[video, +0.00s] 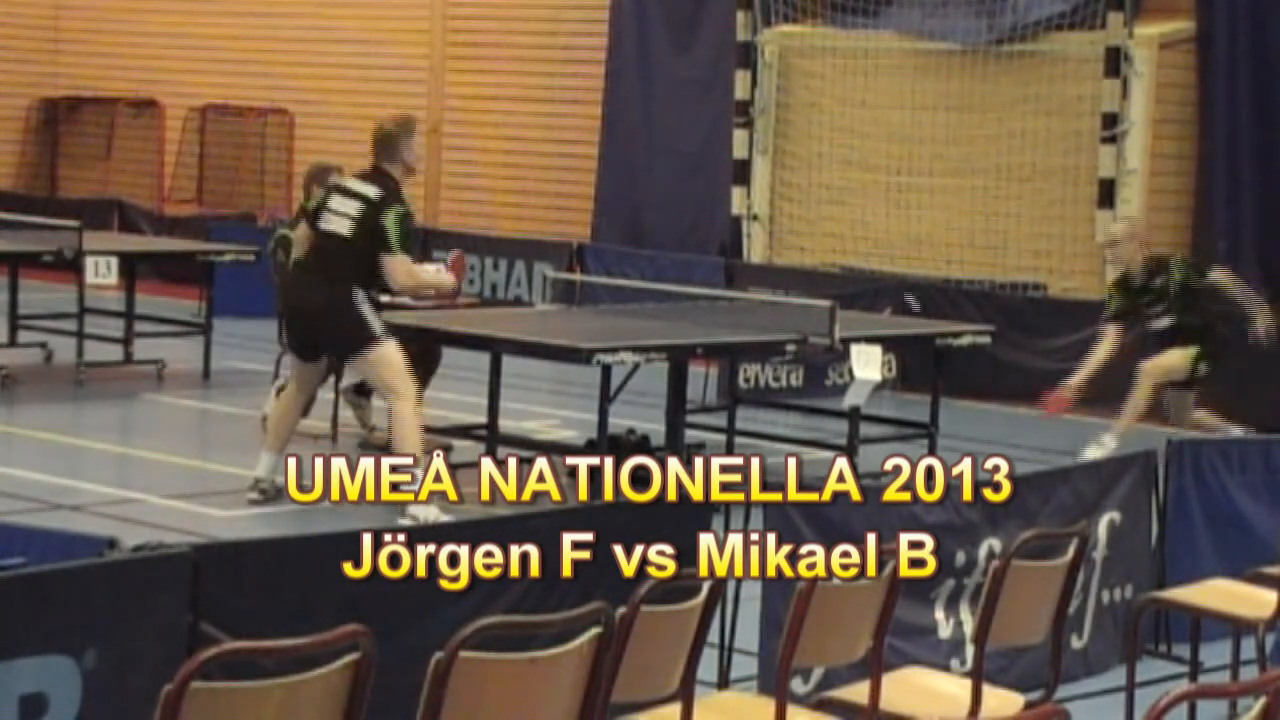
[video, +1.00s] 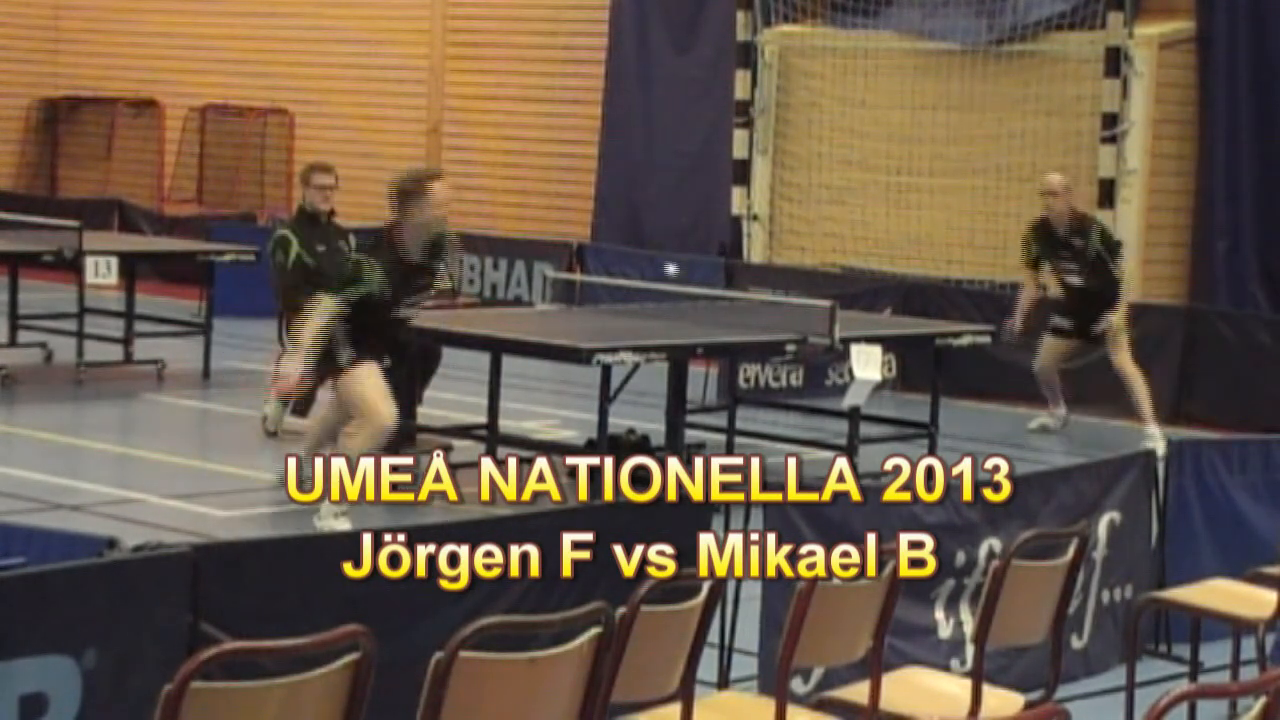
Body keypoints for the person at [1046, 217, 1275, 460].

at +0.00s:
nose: (1110, 253)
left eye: (1117, 244)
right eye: (1107, 247)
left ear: (1140, 244)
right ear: (1107, 251)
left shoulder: (1174, 269)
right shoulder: (1121, 289)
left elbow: (1223, 279)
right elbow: (1107, 343)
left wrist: (1258, 314)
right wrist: (1070, 388)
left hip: (1206, 343)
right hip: (1170, 348)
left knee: (1150, 369)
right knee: (1181, 415)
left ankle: (1111, 440)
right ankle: (1245, 436)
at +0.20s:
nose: (1065, 296)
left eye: (1070, 288)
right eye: (1062, 290)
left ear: (1092, 287)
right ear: (1065, 292)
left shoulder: (1126, 304)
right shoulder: (1075, 327)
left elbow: (1181, 323)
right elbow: (1035, 364)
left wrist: (1198, 367)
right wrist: (985, 382)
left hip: (1174, 357)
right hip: (1142, 367)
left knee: (1127, 365)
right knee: (1173, 426)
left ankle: (1107, 440)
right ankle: (1227, 430)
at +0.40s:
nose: (1074, 292)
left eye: (1080, 285)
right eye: (1070, 285)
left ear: (1098, 284)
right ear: (1065, 286)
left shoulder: (1122, 300)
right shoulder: (1067, 314)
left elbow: (1164, 321)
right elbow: (1060, 359)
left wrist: (1181, 363)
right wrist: (1043, 402)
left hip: (1151, 342)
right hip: (1119, 352)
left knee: (1116, 361)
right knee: (1135, 420)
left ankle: (1105, 439)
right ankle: (1198, 416)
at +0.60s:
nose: (1088, 238)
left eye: (1095, 231)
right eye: (1084, 230)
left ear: (1110, 233)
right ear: (1079, 232)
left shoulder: (1130, 259)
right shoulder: (1071, 263)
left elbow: (1168, 288)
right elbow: (1077, 307)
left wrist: (1189, 327)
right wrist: (1082, 343)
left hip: (1141, 321)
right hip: (1108, 328)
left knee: (1112, 361)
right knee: (1127, 404)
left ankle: (1104, 438)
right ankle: (1189, 417)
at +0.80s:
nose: (1088, 211)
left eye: (1095, 205)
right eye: (1085, 204)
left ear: (1110, 208)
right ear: (1079, 206)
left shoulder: (1125, 240)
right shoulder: (1067, 236)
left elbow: (1160, 282)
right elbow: (1058, 280)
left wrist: (1174, 334)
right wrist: (1055, 326)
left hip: (1130, 306)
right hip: (1095, 309)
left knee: (1115, 359)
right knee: (1091, 376)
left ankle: (1150, 425)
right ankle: (1155, 402)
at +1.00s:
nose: (1055, 202)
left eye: (1060, 194)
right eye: (1049, 195)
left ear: (1070, 196)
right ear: (1041, 199)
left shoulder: (1091, 229)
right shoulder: (1037, 233)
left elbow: (1124, 275)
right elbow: (1030, 282)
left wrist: (1118, 311)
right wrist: (1019, 317)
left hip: (1106, 305)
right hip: (1070, 304)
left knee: (1122, 363)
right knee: (1043, 366)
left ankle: (1151, 428)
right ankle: (1057, 413)